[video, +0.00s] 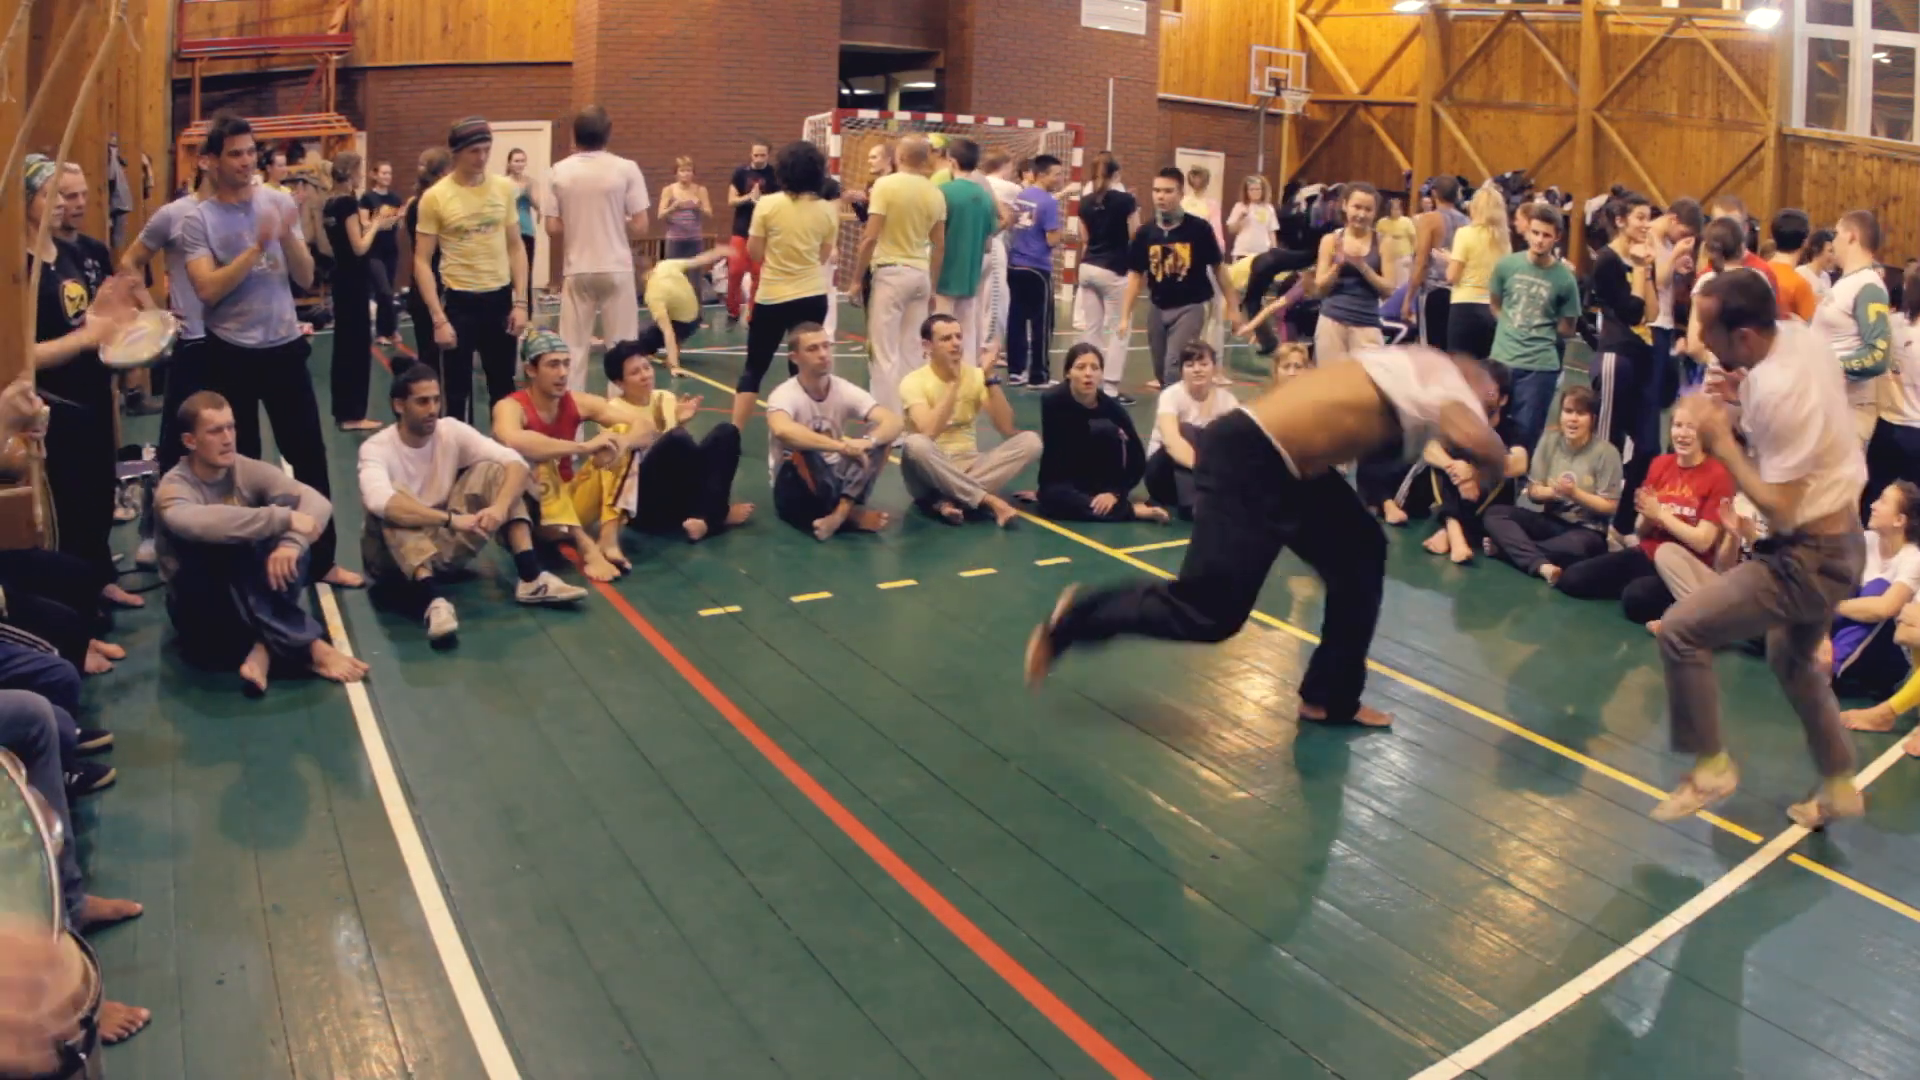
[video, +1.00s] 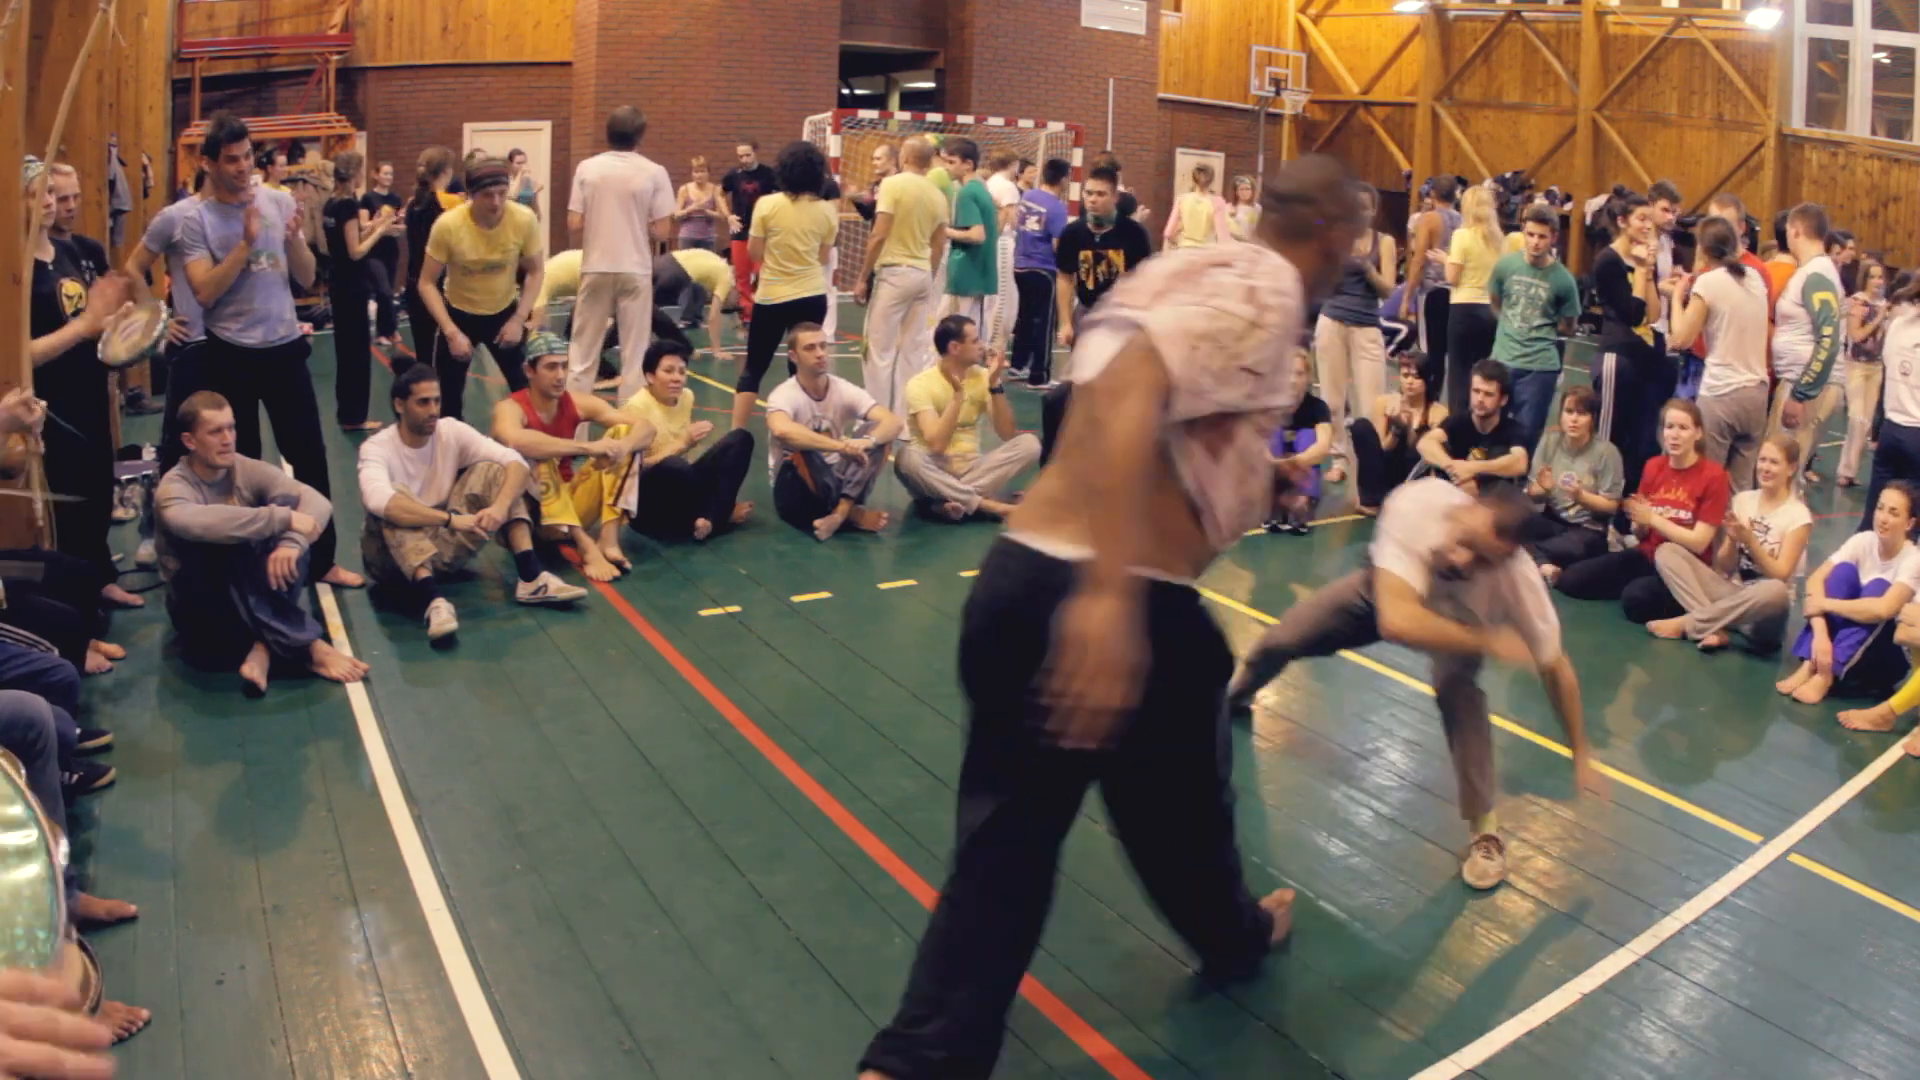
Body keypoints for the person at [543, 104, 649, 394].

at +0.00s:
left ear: (575, 135)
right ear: (608, 134)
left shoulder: (559, 172)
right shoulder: (627, 169)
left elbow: (553, 227)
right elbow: (641, 227)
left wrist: (579, 227)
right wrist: (614, 227)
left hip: (578, 266)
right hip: (616, 265)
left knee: (574, 349)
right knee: (622, 349)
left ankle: (570, 418)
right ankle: (621, 421)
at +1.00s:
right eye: (641, 133)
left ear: (608, 134)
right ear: (639, 136)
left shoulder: (587, 168)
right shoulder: (654, 172)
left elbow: (574, 223)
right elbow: (662, 231)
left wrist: (598, 221)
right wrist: (638, 223)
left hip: (596, 267)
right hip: (635, 269)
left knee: (584, 349)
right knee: (634, 351)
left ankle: (574, 421)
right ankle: (630, 423)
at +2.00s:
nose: (603, 134)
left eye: (601, 128)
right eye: (599, 129)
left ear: (567, 140)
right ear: (590, 135)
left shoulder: (553, 174)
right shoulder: (609, 164)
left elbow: (550, 231)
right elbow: (624, 217)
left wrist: (573, 236)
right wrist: (612, 240)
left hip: (568, 264)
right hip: (603, 261)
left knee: (570, 341)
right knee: (620, 339)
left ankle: (568, 402)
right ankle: (619, 405)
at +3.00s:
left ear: (622, 133)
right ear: (656, 135)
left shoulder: (604, 167)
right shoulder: (670, 173)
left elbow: (590, 220)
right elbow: (678, 230)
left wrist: (617, 210)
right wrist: (652, 220)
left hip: (608, 268)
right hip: (649, 269)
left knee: (605, 351)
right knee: (647, 354)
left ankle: (600, 430)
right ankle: (639, 430)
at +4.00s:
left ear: (576, 137)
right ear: (609, 135)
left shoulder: (564, 173)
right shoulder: (630, 168)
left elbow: (559, 229)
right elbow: (644, 224)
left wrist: (585, 221)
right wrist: (617, 216)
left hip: (583, 266)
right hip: (620, 264)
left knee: (582, 344)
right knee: (633, 340)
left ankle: (584, 406)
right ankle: (633, 407)